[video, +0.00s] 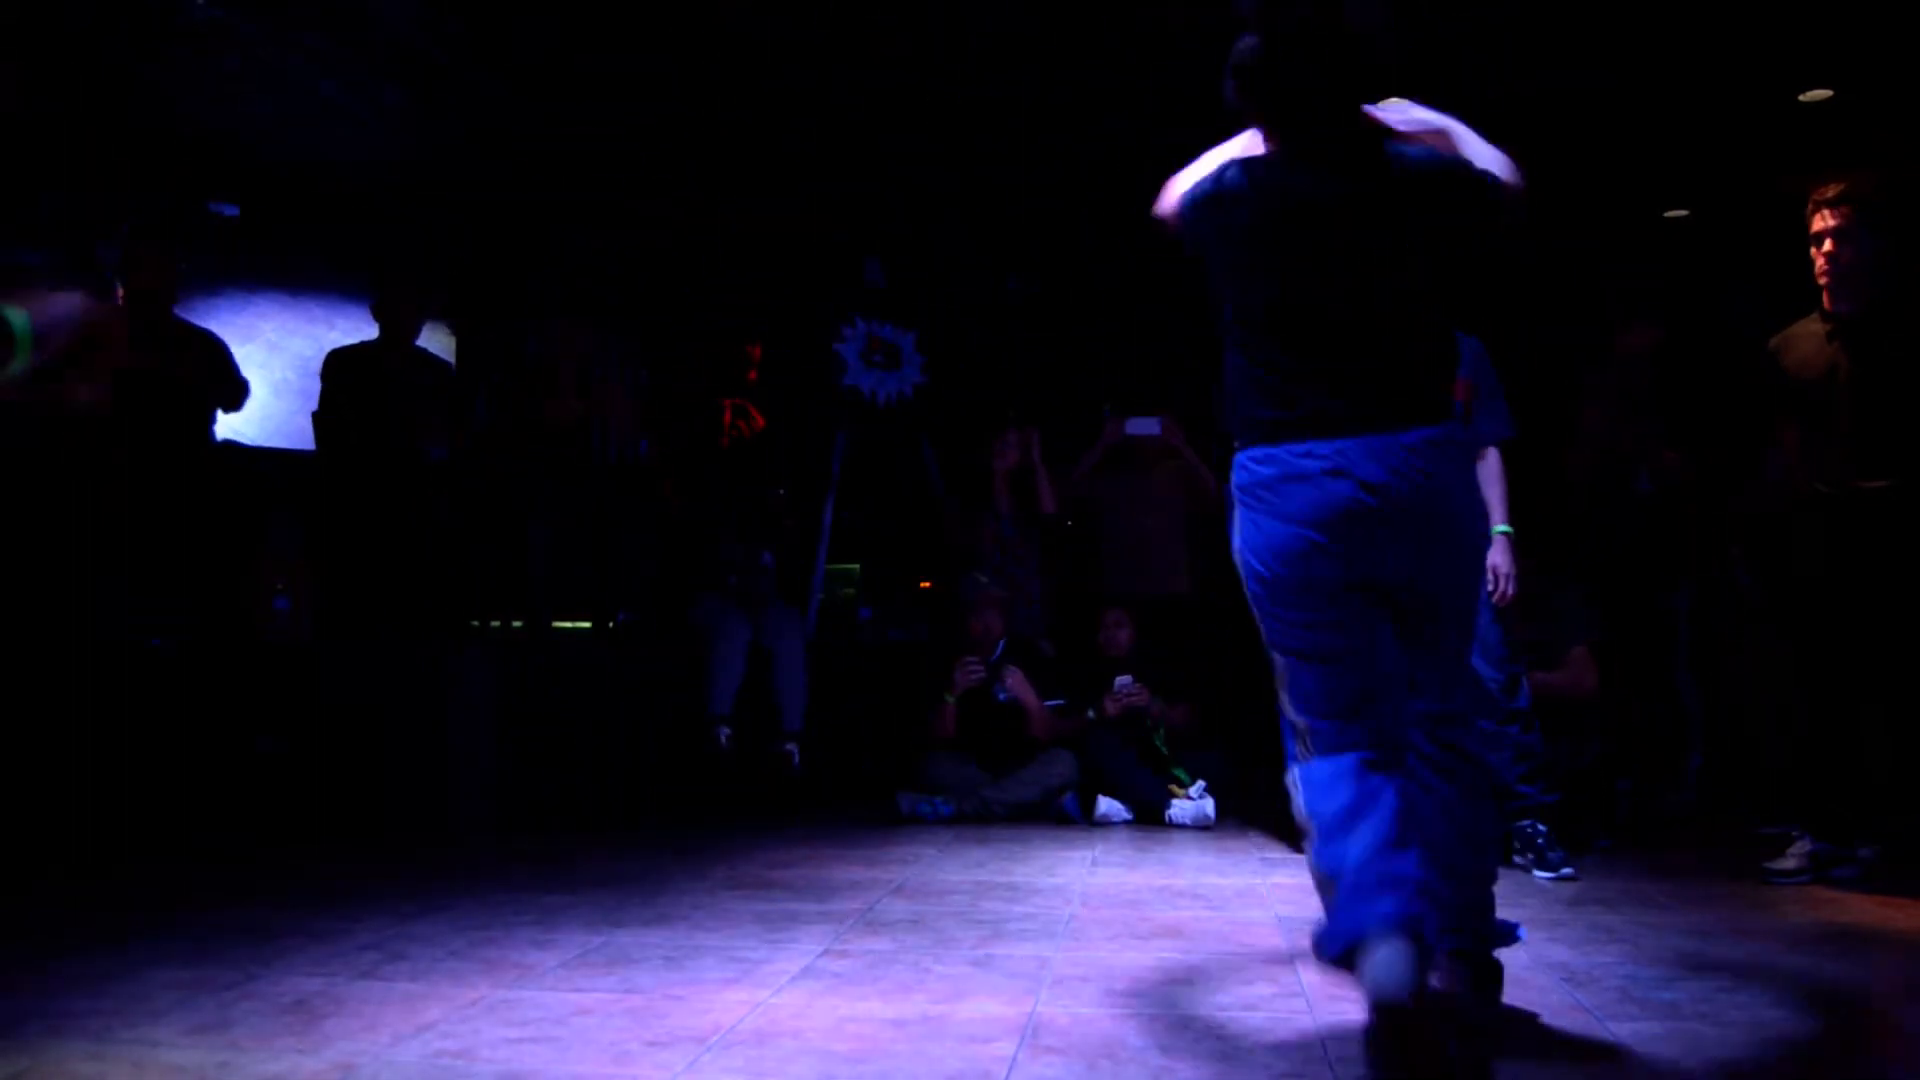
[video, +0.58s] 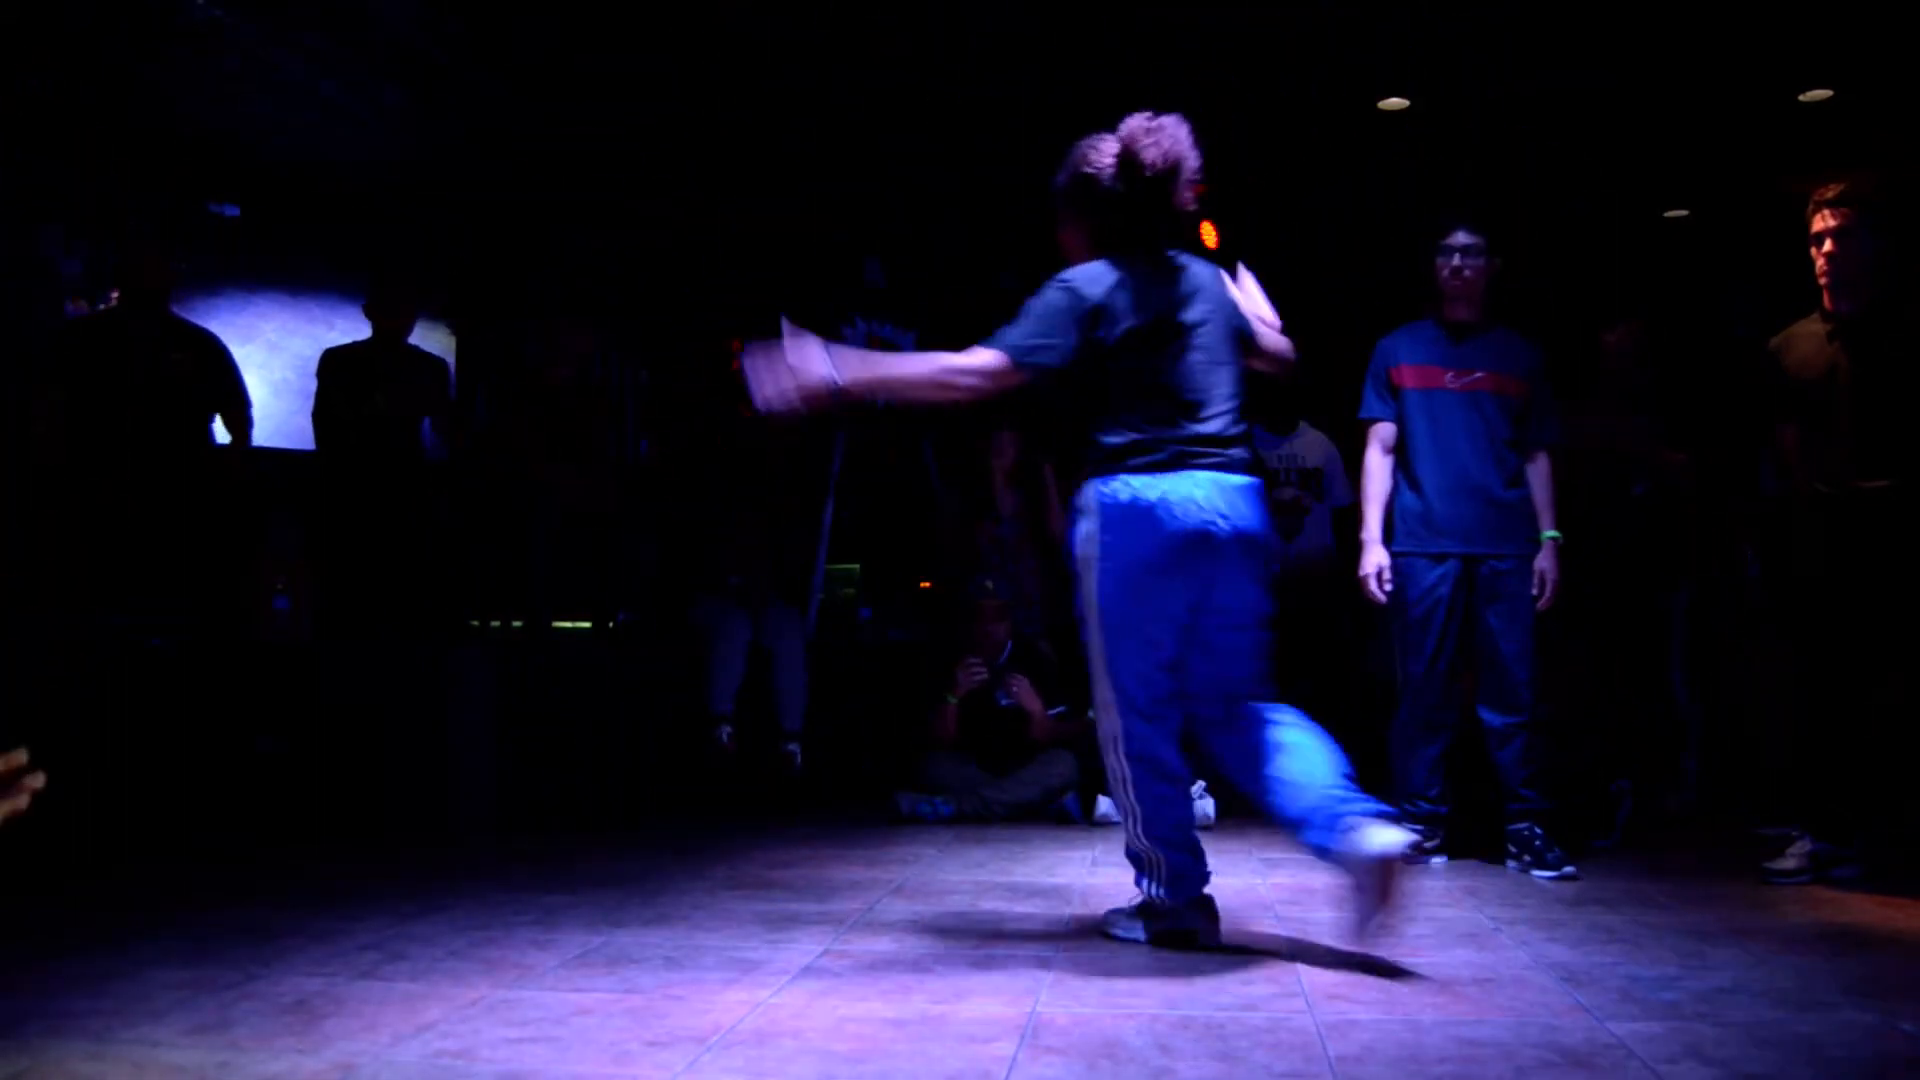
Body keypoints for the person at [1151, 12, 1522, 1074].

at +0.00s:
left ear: (1260, 113)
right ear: (1356, 101)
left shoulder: (1230, 198)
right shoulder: (1417, 179)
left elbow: (1170, 202)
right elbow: (1509, 181)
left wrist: (1260, 137)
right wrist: (1436, 122)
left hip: (1288, 479)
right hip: (1419, 466)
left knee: (1329, 727)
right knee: (1444, 716)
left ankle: (1384, 940)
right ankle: (1460, 950)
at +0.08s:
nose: (1248, 132)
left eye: (1250, 118)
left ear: (1265, 129)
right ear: (1380, 109)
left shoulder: (1243, 203)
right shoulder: (1429, 190)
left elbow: (1105, 233)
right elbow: (1518, 204)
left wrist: (1136, 207)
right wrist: (1527, 164)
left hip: (1293, 470)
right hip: (1427, 460)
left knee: (1292, 702)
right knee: (1437, 705)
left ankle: (1383, 895)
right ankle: (1462, 955)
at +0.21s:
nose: (1226, 136)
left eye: (1231, 119)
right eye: (1230, 119)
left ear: (1252, 125)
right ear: (1339, 120)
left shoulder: (1229, 212)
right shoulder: (1396, 205)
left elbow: (1098, 291)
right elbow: (1494, 264)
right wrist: (1586, 286)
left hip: (1280, 463)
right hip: (1404, 456)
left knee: (1239, 683)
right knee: (1424, 699)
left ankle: (1304, 886)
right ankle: (1461, 947)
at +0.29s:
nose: (1205, 159)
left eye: (1213, 138)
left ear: (1230, 144)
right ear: (1321, 136)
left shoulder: (1212, 231)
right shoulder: (1368, 227)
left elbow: (1105, 328)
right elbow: (1463, 322)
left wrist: (967, 412)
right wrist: (1521, 366)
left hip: (1257, 491)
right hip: (1375, 479)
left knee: (1223, 693)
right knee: (1416, 697)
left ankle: (1224, 899)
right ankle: (1458, 945)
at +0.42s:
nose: (1150, 204)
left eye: (1156, 186)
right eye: (1154, 185)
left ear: (1178, 186)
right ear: (1254, 175)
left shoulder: (1170, 274)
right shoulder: (1324, 265)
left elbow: (1106, 385)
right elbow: (1379, 385)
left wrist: (1003, 494)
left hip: (1219, 508)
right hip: (1330, 498)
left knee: (1191, 709)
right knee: (1371, 703)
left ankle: (1184, 899)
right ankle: (1460, 939)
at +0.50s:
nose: (1096, 223)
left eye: (1103, 207)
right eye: (1099, 206)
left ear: (1123, 209)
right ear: (1201, 200)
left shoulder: (1123, 285)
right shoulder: (1266, 277)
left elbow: (1048, 380)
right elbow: (1334, 374)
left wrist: (910, 455)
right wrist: (1329, 466)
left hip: (1170, 511)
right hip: (1280, 504)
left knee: (1166, 711)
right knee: (1318, 707)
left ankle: (1176, 898)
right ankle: (1426, 874)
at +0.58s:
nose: (1066, 223)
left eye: (1072, 206)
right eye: (1074, 206)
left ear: (1089, 213)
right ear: (1167, 207)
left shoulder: (1087, 291)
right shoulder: (1213, 282)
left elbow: (983, 369)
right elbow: (1277, 352)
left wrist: (835, 368)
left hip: (1134, 505)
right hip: (1233, 498)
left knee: (1136, 705)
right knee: (1236, 700)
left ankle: (1176, 896)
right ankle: (1357, 831)